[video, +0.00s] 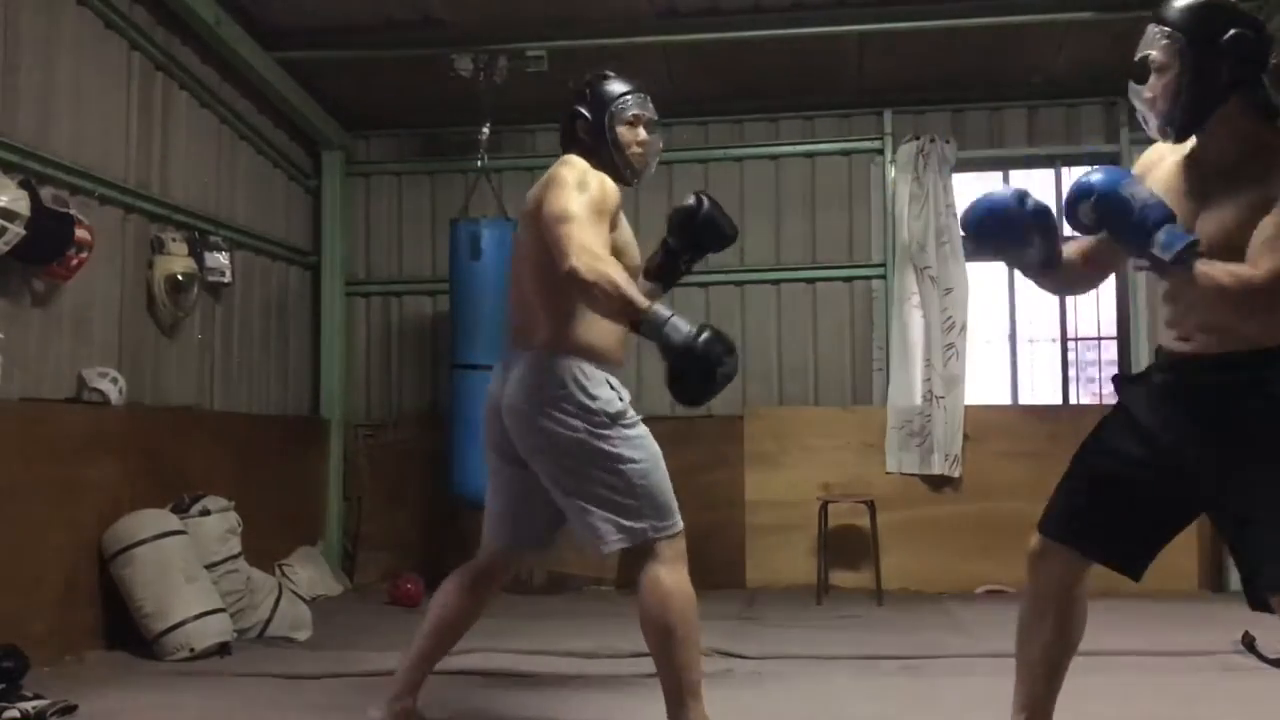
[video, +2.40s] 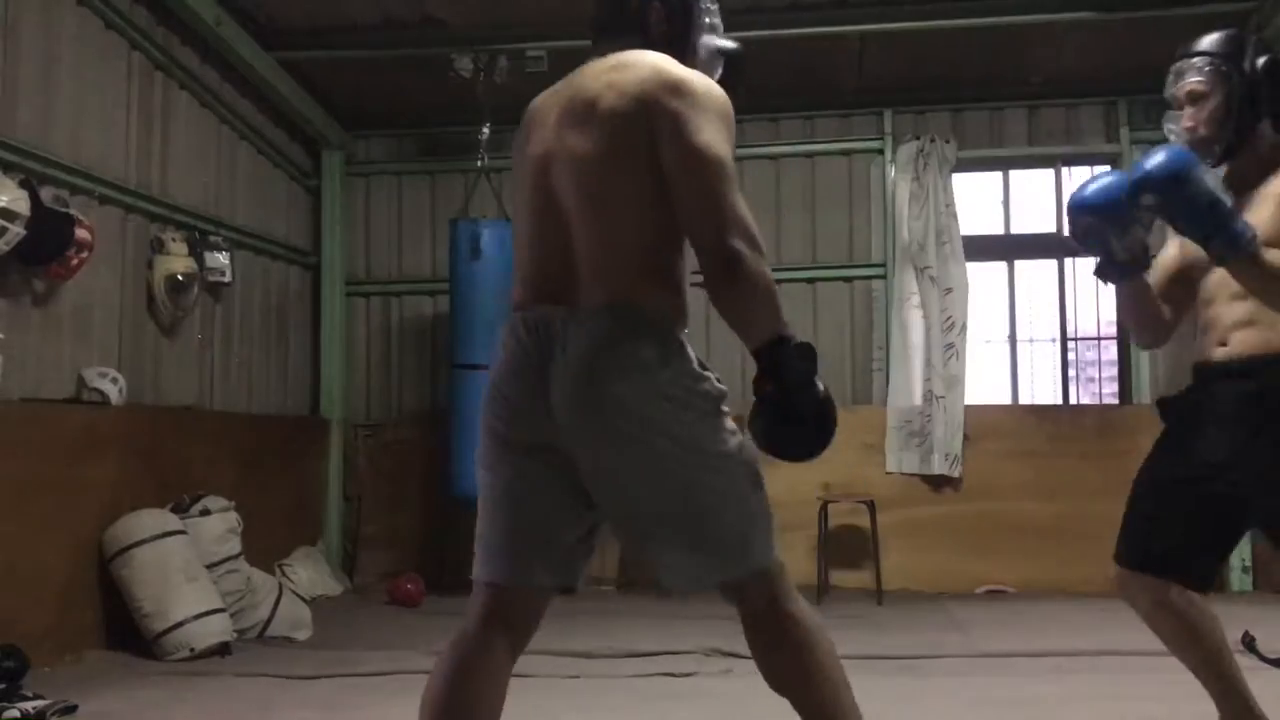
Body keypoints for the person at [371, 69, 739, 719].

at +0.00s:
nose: (647, 138)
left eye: (651, 127)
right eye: (634, 124)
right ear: (594, 127)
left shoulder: (590, 194)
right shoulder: (579, 179)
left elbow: (622, 297)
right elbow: (581, 264)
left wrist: (675, 256)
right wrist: (673, 331)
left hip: (523, 387)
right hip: (574, 390)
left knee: (493, 560)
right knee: (663, 547)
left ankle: (399, 699)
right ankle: (689, 711)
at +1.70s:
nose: (684, 122)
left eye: (685, 103)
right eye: (675, 101)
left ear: (608, 96)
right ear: (629, 93)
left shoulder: (557, 154)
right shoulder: (624, 144)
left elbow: (632, 283)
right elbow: (659, 292)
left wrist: (702, 215)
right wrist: (671, 335)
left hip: (500, 391)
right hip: (575, 392)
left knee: (487, 590)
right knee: (739, 538)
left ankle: (408, 715)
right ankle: (768, 714)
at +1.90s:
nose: (766, 101)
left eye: (761, 94)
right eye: (761, 93)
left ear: (672, 89)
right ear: (735, 89)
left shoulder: (598, 162)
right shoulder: (739, 118)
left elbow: (567, 272)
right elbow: (851, 159)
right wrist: (989, 179)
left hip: (568, 347)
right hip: (668, 350)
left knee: (493, 567)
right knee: (772, 579)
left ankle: (408, 713)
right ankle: (835, 718)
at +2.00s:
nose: (804, 109)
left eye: (802, 103)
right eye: (799, 98)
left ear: (709, 86)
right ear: (775, 87)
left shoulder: (621, 158)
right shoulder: (780, 108)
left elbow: (583, 293)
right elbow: (930, 142)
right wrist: (1055, 148)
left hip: (579, 346)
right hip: (675, 357)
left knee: (504, 575)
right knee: (786, 581)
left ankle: (413, 711)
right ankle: (841, 714)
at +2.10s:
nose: (804, 79)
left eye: (803, 69)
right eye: (800, 66)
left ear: (705, 61)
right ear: (773, 58)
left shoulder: (640, 137)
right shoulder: (781, 100)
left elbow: (651, 264)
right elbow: (895, 200)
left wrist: (771, 253)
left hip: (584, 346)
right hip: (682, 360)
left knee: (512, 576)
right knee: (791, 580)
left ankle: (418, 713)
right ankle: (842, 713)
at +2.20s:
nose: (784, 82)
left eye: (783, 65)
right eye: (778, 63)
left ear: (686, 57)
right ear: (748, 51)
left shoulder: (623, 126)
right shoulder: (763, 118)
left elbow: (608, 279)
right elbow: (811, 270)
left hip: (584, 359)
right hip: (687, 370)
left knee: (523, 591)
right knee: (802, 585)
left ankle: (443, 711)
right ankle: (846, 712)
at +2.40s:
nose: (723, 47)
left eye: (719, 28)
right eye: (712, 24)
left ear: (624, 25)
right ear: (668, 16)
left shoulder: (543, 109)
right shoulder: (684, 90)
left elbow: (548, 264)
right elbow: (726, 253)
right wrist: (784, 363)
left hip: (525, 373)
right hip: (637, 377)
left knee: (498, 613)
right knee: (765, 596)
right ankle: (842, 709)